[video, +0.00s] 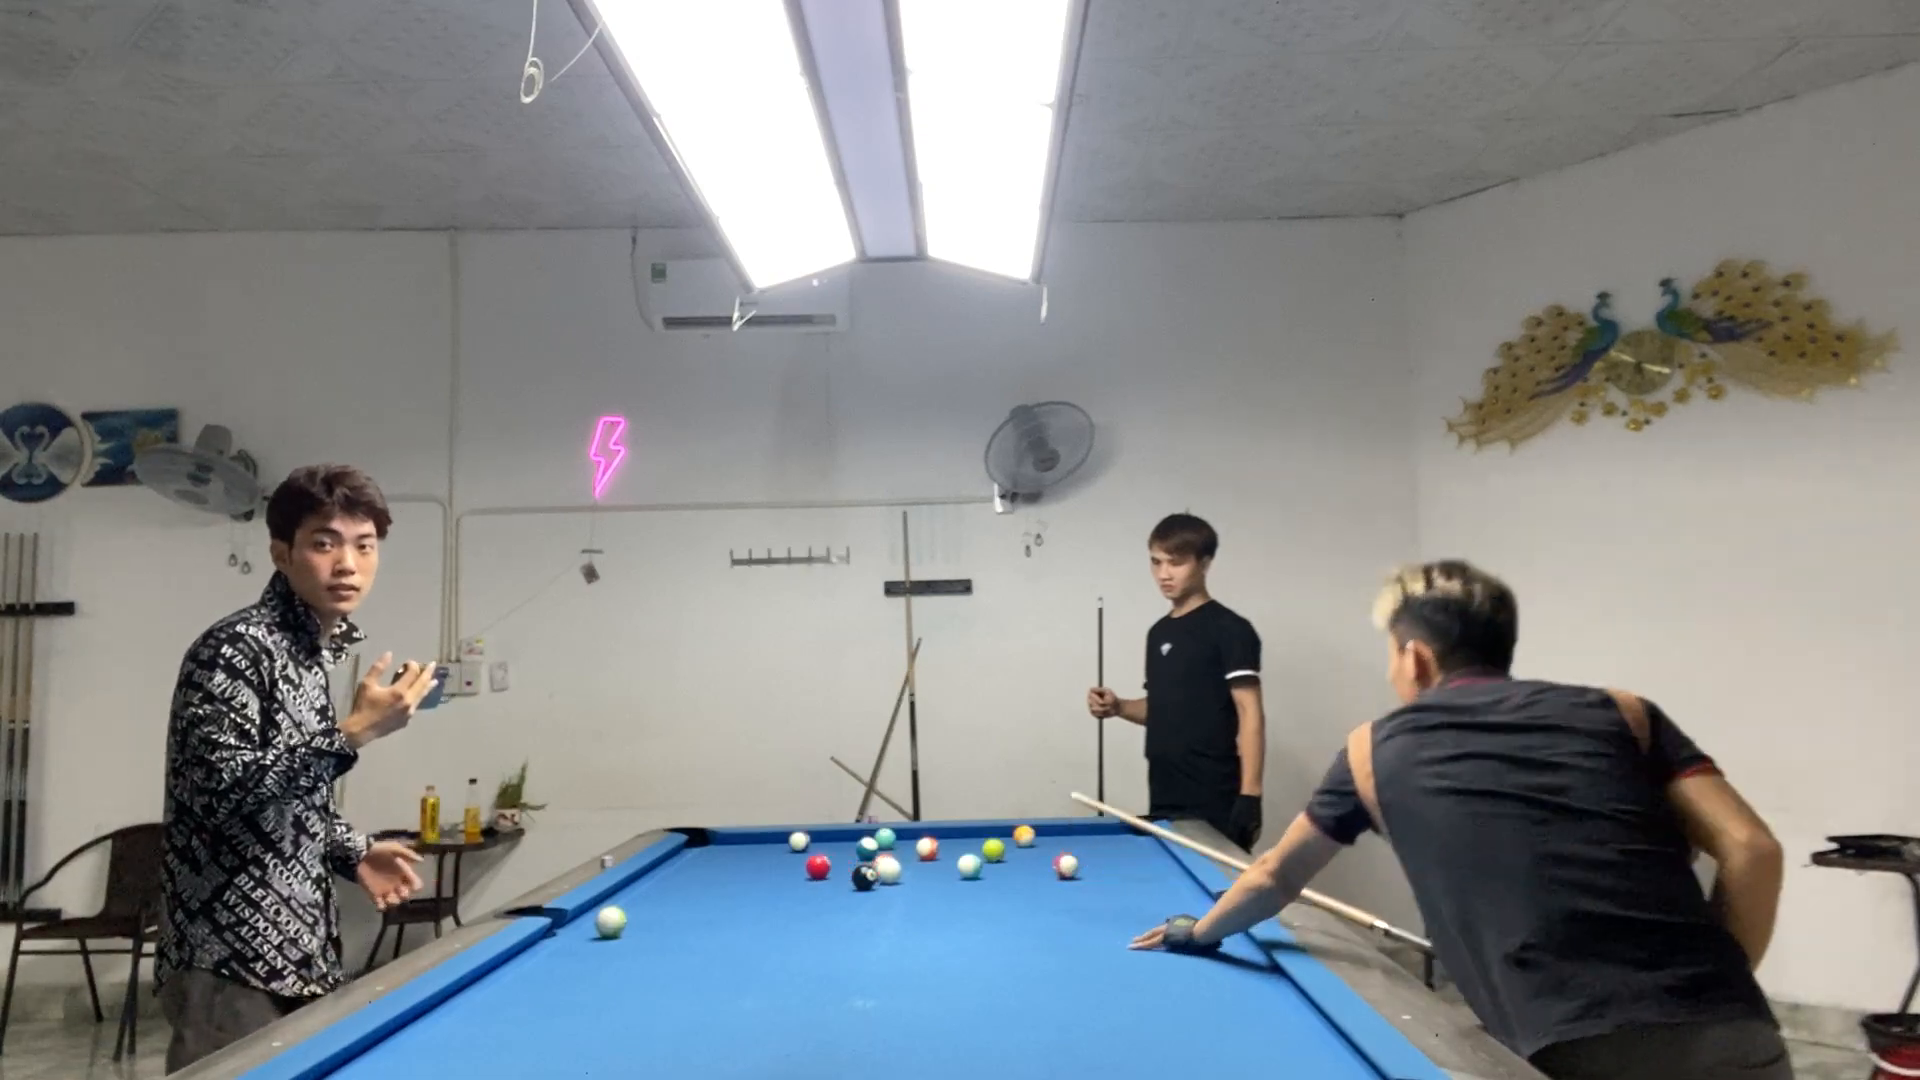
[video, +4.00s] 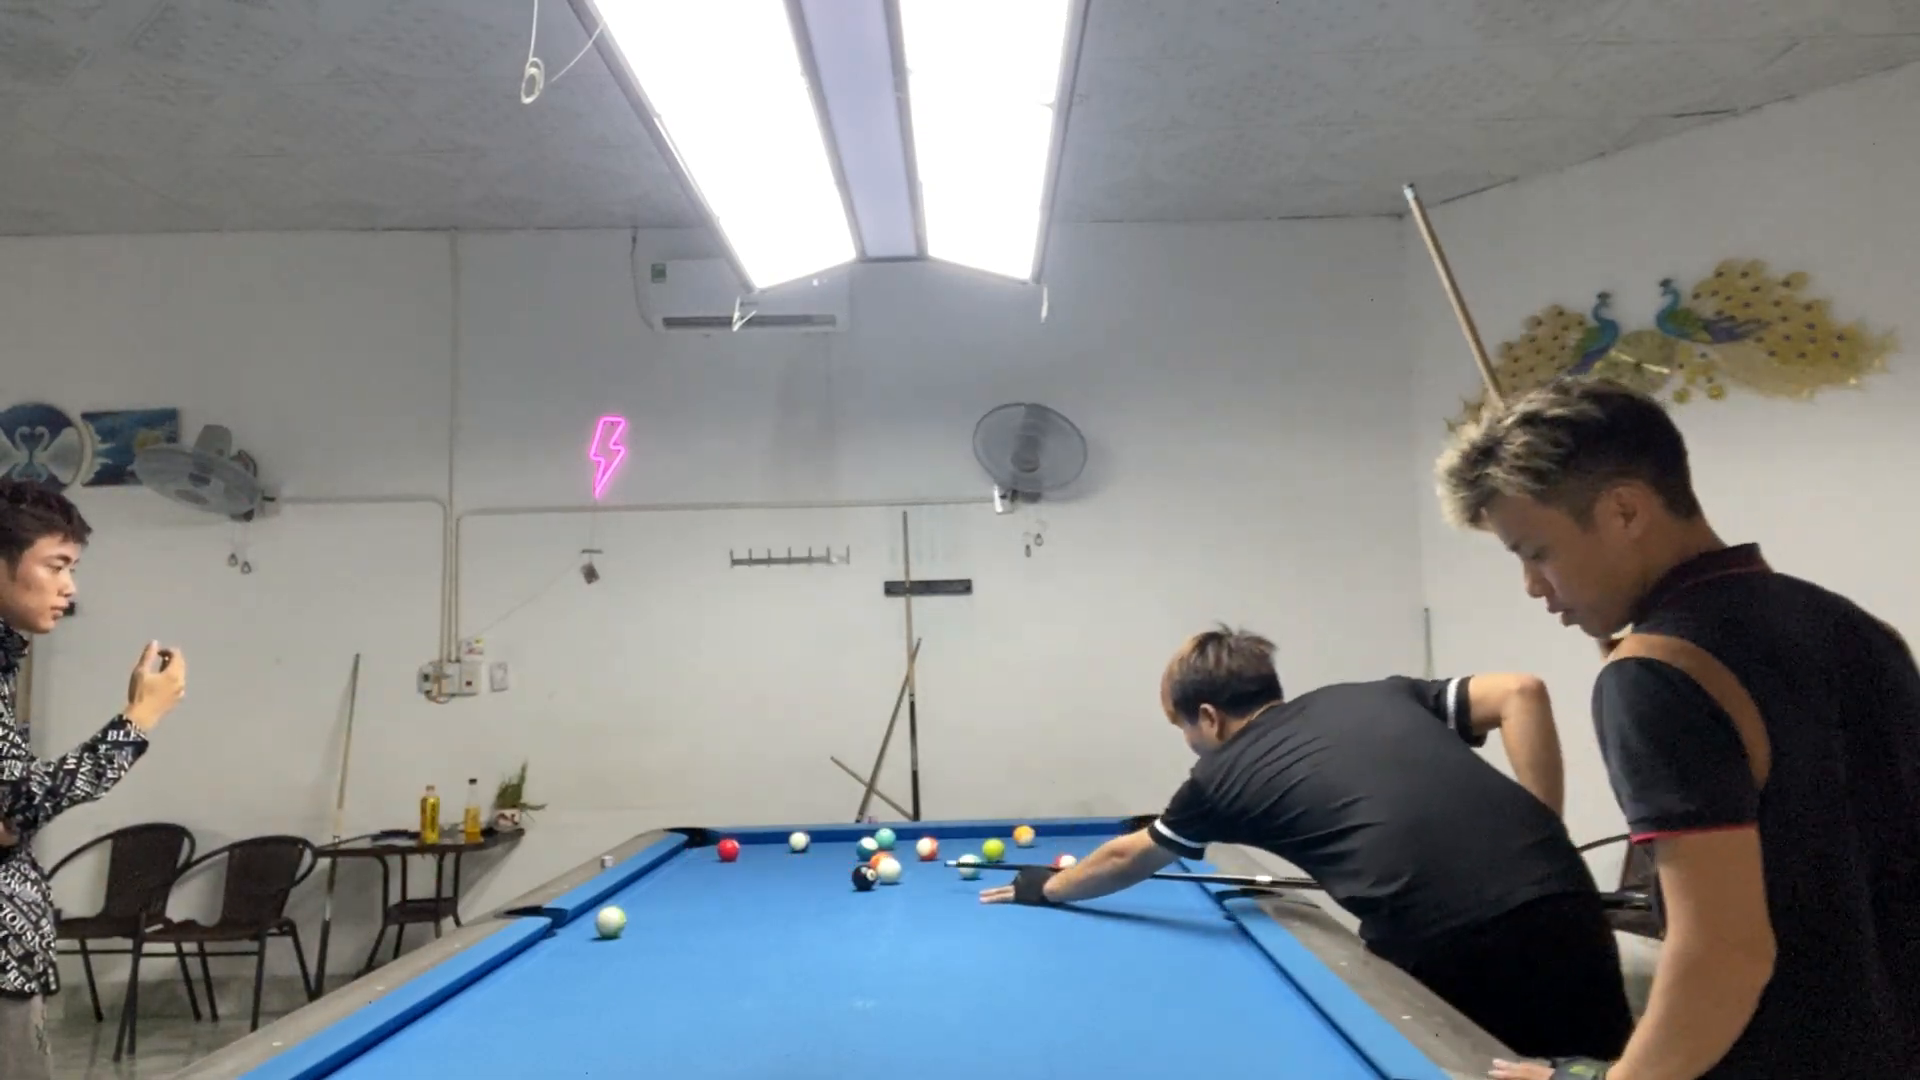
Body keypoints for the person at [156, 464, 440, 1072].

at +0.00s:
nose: (347, 564)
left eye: (363, 545)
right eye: (324, 543)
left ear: (376, 555)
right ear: (282, 554)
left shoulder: (308, 659)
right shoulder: (231, 651)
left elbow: (294, 797)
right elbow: (220, 786)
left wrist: (355, 854)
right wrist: (352, 731)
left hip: (303, 954)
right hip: (229, 962)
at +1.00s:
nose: (142, 603)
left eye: (150, 582)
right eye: (126, 582)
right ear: (58, 577)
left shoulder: (57, 659)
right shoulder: (13, 675)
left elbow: (51, 788)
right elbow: (41, 829)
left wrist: (89, 840)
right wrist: (168, 745)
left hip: (80, 978)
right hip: (27, 997)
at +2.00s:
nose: (75, 583)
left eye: (74, 564)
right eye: (60, 561)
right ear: (6, 565)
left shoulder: (12, 668)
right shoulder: (6, 672)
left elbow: (32, 792)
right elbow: (24, 801)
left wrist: (133, 713)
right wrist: (137, 714)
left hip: (29, 968)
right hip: (15, 973)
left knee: (40, 1066)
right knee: (34, 1068)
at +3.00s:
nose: (69, 590)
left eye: (69, 569)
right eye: (57, 565)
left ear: (17, 566)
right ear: (5, 565)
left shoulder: (6, 665)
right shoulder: (4, 668)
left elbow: (18, 798)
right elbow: (15, 802)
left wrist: (128, 724)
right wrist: (132, 724)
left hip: (17, 975)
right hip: (9, 977)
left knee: (29, 1069)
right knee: (26, 1070)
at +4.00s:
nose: (70, 588)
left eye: (71, 569)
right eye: (56, 565)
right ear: (6, 567)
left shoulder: (9, 667)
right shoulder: (5, 670)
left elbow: (25, 795)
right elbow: (25, 799)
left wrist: (14, 824)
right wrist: (139, 720)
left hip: (20, 972)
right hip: (11, 974)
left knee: (30, 1069)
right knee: (26, 1070)